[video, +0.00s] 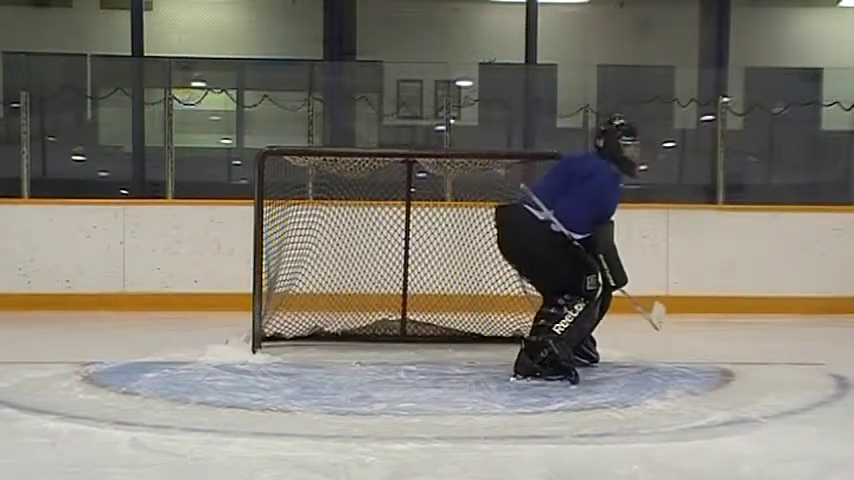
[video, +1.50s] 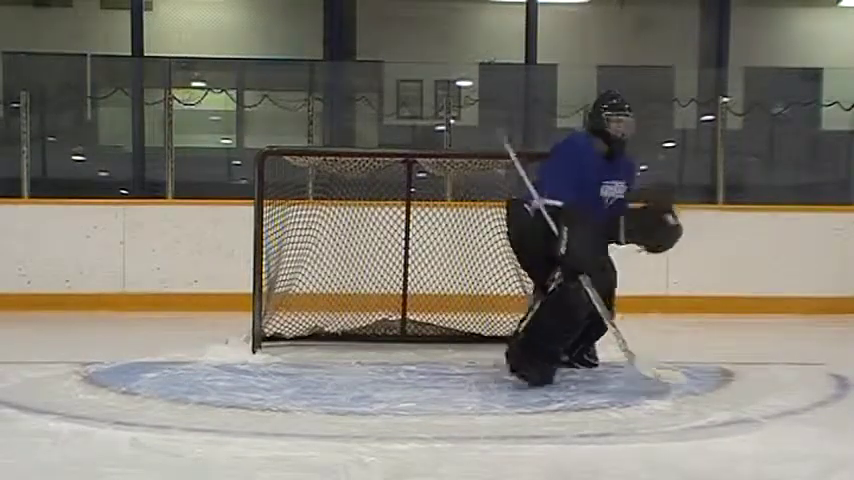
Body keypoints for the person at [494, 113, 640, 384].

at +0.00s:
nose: (635, 152)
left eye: (635, 145)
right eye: (629, 145)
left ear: (604, 145)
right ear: (611, 145)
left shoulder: (581, 162)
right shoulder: (606, 178)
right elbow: (602, 238)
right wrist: (620, 280)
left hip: (512, 221)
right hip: (533, 229)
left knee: (562, 290)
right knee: (590, 287)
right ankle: (543, 355)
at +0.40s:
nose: (624, 128)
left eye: (624, 122)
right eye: (617, 123)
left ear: (596, 126)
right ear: (600, 125)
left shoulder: (580, 148)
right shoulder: (595, 156)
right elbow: (588, 214)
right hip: (537, 224)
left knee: (560, 288)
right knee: (584, 287)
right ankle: (538, 354)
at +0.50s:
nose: (622, 121)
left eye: (621, 115)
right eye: (616, 116)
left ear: (593, 120)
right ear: (599, 119)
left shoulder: (574, 143)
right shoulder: (598, 152)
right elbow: (591, 215)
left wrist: (613, 219)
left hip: (524, 218)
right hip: (544, 226)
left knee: (558, 288)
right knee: (585, 287)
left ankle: (535, 348)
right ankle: (539, 353)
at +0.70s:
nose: (621, 119)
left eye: (620, 112)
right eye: (615, 113)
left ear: (591, 118)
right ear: (600, 117)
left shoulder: (574, 143)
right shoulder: (600, 153)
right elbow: (586, 215)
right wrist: (590, 253)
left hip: (526, 216)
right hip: (543, 222)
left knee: (554, 289)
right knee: (570, 289)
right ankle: (529, 353)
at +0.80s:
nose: (621, 118)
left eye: (620, 111)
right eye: (615, 113)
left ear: (589, 117)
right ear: (600, 116)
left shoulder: (575, 142)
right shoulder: (601, 152)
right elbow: (581, 216)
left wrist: (620, 184)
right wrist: (589, 265)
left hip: (525, 213)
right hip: (544, 220)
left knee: (551, 288)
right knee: (569, 290)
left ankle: (527, 347)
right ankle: (526, 353)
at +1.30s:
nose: (630, 121)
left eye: (630, 114)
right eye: (624, 115)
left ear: (599, 117)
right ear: (607, 117)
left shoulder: (579, 140)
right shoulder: (605, 150)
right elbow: (584, 207)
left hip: (531, 215)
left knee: (550, 288)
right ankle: (513, 353)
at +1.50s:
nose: (623, 129)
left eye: (626, 122)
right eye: (616, 121)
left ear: (630, 125)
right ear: (600, 121)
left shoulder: (622, 164)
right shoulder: (575, 149)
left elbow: (607, 220)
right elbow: (549, 207)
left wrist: (640, 226)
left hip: (583, 234)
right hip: (541, 227)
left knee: (603, 284)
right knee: (575, 289)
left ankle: (575, 346)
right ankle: (530, 354)